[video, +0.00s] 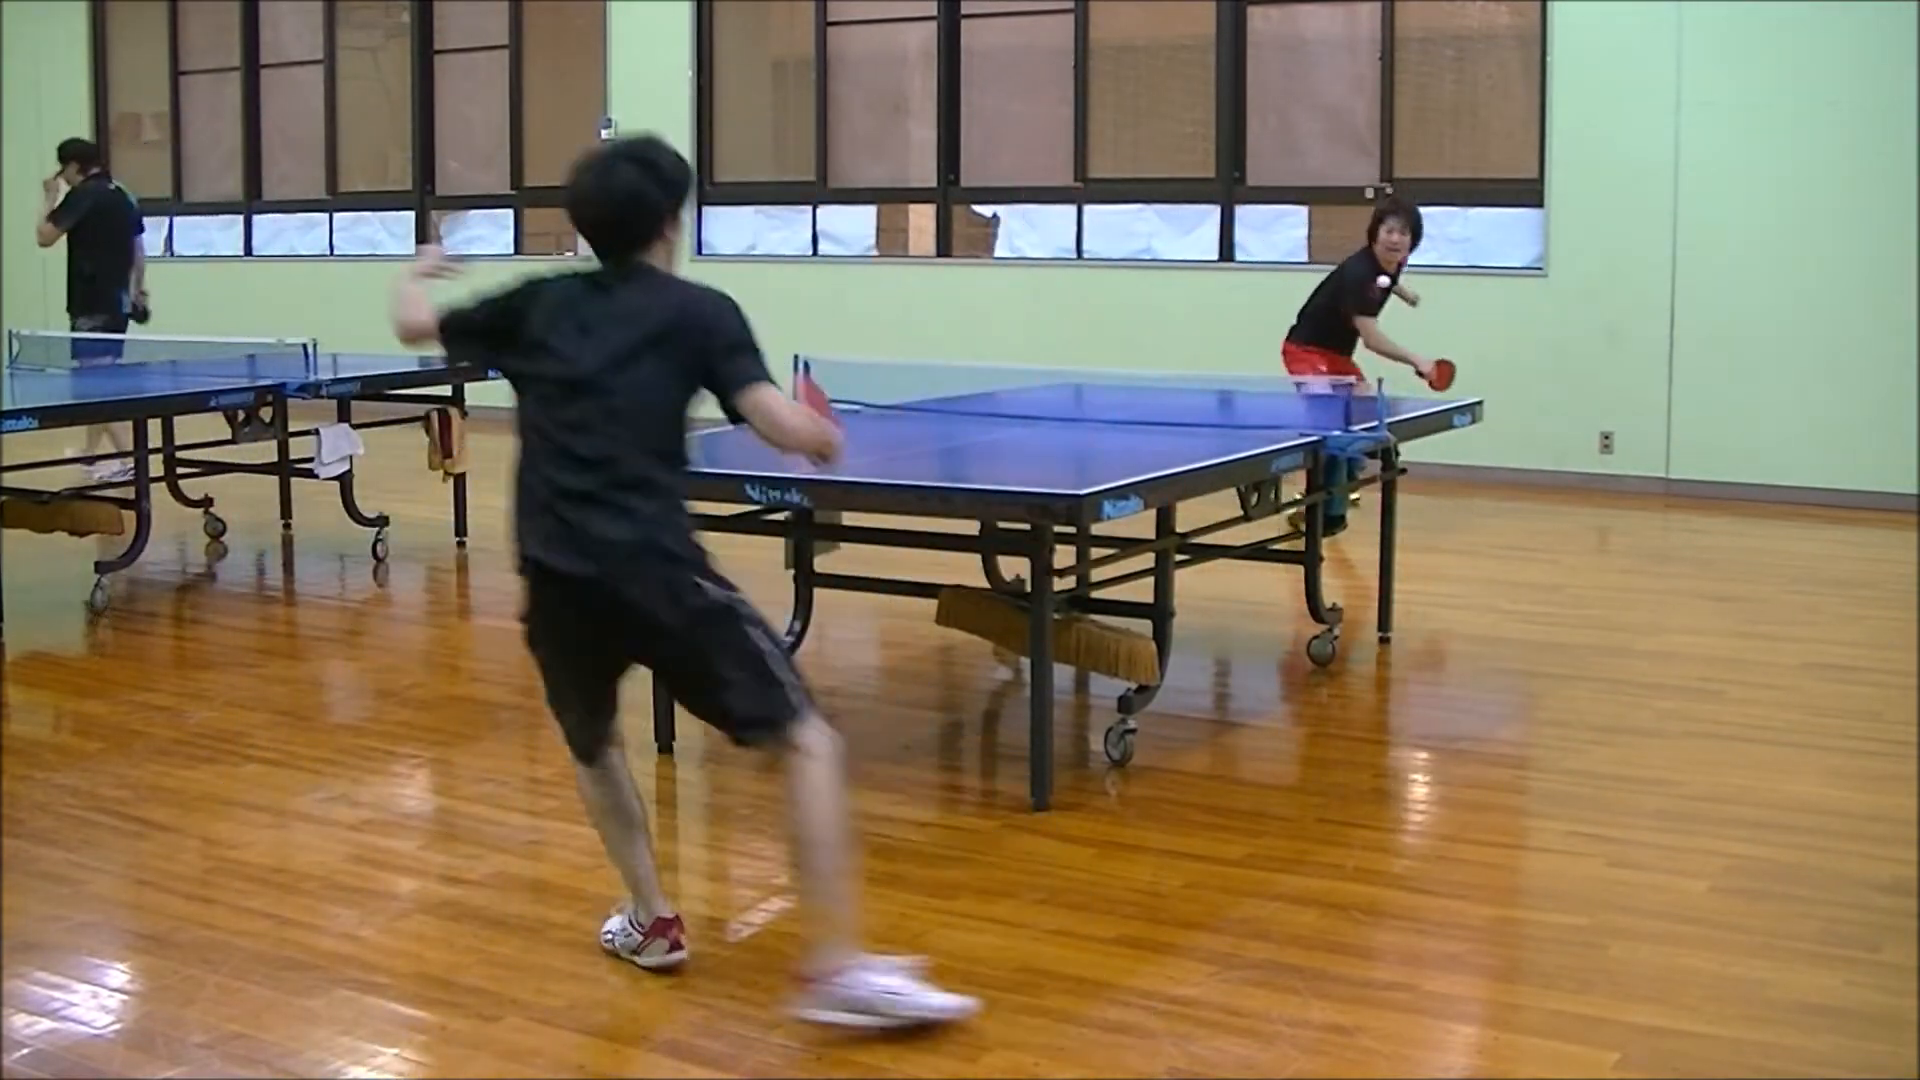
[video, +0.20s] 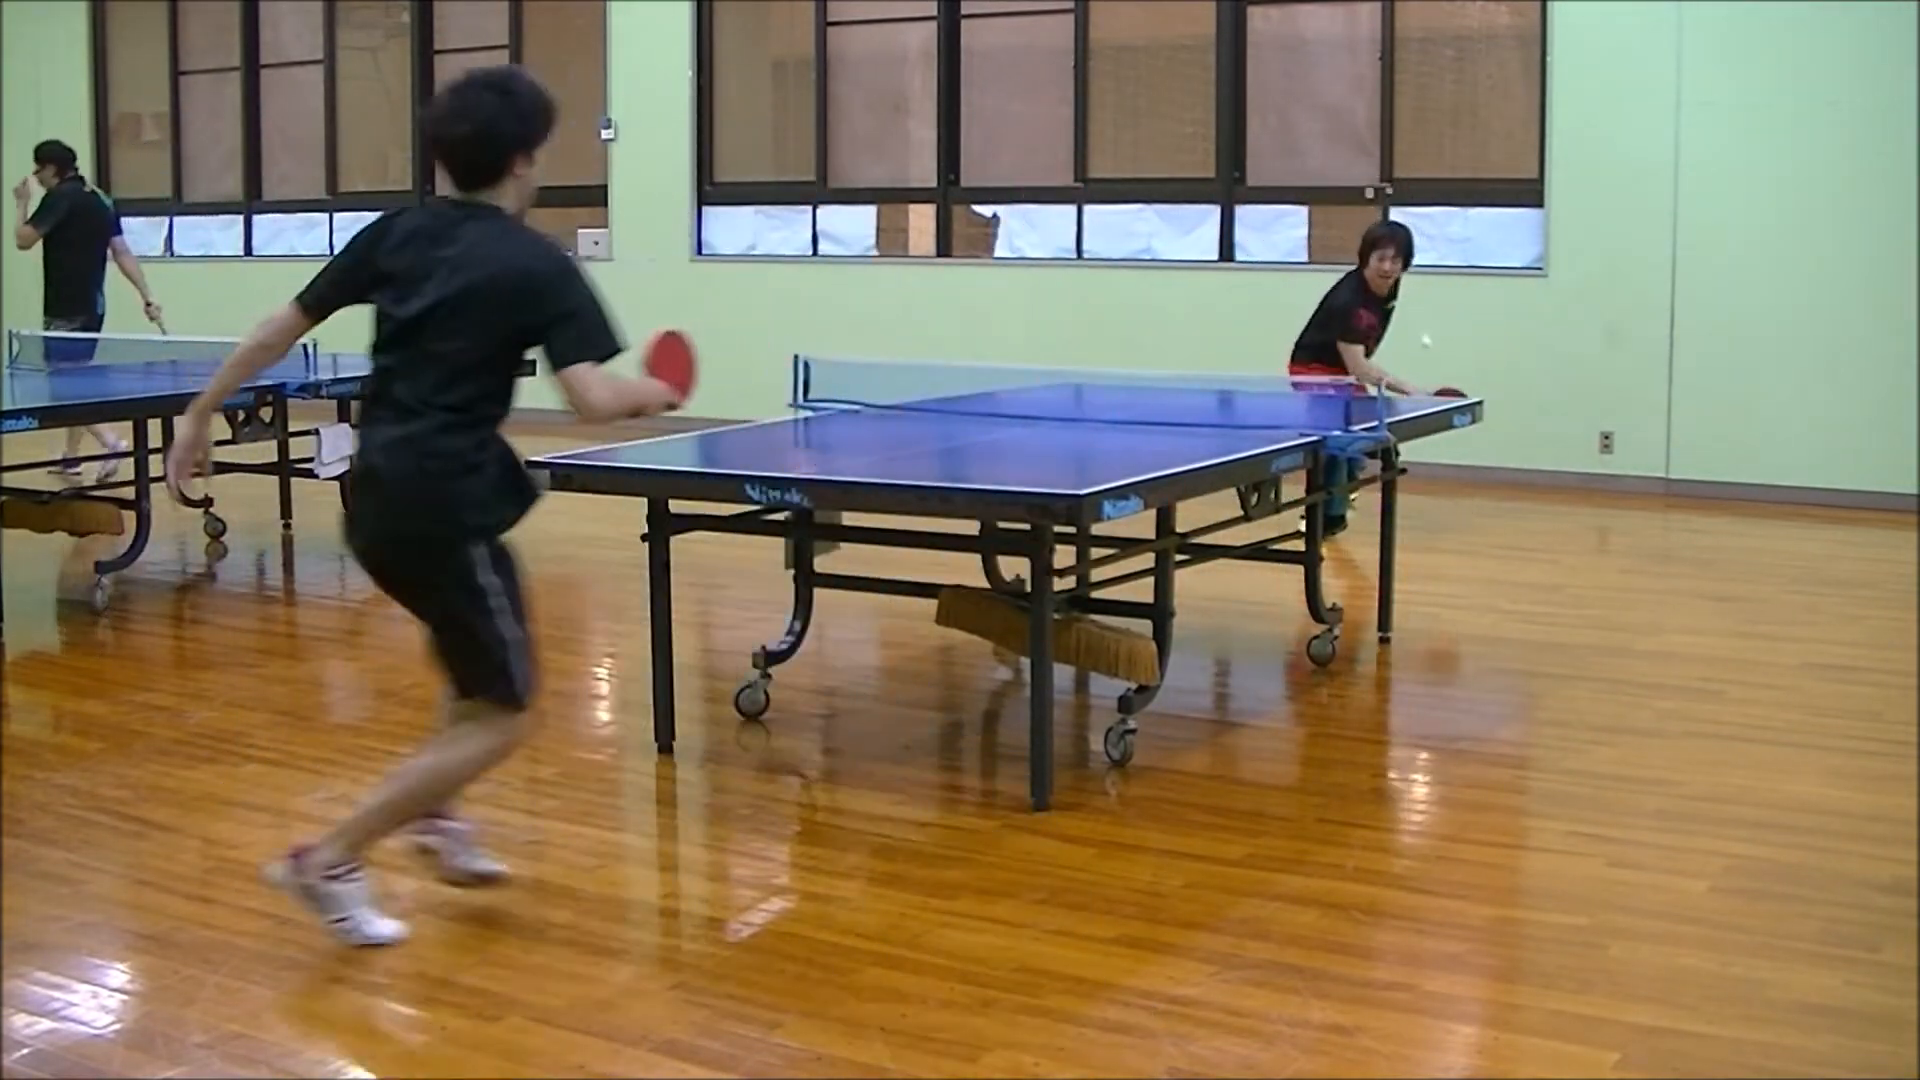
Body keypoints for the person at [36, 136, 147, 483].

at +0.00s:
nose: (62, 176)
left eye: (64, 170)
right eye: (62, 170)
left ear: (77, 166)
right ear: (95, 166)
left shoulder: (84, 195)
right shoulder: (123, 197)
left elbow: (45, 236)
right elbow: (138, 251)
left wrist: (49, 198)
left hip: (90, 310)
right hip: (116, 308)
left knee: (96, 389)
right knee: (97, 387)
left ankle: (128, 457)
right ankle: (91, 453)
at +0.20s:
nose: (36, 175)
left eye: (39, 169)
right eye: (36, 169)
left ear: (53, 168)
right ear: (70, 167)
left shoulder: (61, 197)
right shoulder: (101, 200)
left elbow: (24, 239)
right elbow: (121, 252)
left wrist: (22, 203)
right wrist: (147, 296)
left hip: (65, 311)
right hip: (91, 310)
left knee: (63, 389)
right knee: (76, 388)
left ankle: (113, 445)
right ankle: (71, 458)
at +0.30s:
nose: (27, 172)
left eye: (31, 166)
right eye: (28, 165)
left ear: (47, 166)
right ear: (61, 166)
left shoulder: (49, 196)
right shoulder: (91, 201)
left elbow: (10, 234)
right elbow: (111, 251)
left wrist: (8, 205)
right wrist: (135, 292)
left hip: (50, 309)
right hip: (80, 310)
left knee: (33, 373)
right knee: (70, 375)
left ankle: (87, 423)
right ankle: (74, 453)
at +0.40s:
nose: (20, 170)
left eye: (24, 164)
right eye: (20, 163)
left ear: (40, 164)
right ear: (53, 164)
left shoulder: (37, 193)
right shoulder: (81, 201)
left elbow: (4, 216)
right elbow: (100, 249)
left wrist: (10, 193)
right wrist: (118, 292)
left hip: (35, 304)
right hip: (70, 306)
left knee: (24, 371)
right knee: (63, 374)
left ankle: (54, 437)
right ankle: (67, 450)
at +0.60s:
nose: (2, 173)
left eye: (6, 167)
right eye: (2, 167)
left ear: (22, 167)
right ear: (26, 168)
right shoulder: (55, 201)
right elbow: (73, 248)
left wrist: (68, 281)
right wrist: (68, 281)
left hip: (12, 298)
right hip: (44, 298)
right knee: (52, 376)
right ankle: (68, 448)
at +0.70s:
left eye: (2, 169)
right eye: (2, 169)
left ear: (11, 170)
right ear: (19, 170)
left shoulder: (18, 202)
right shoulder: (42, 203)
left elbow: (58, 251)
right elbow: (59, 251)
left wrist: (41, 279)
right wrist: (41, 278)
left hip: (13, 300)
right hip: (29, 301)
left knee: (34, 376)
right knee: (36, 376)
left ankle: (65, 441)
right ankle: (65, 441)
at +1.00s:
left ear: (4, 172)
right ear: (6, 172)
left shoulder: (21, 205)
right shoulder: (21, 205)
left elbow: (27, 253)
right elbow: (28, 253)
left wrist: (10, 280)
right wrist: (11, 280)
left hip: (6, 293)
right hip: (6, 294)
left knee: (6, 367)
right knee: (5, 367)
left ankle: (30, 426)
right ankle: (29, 426)